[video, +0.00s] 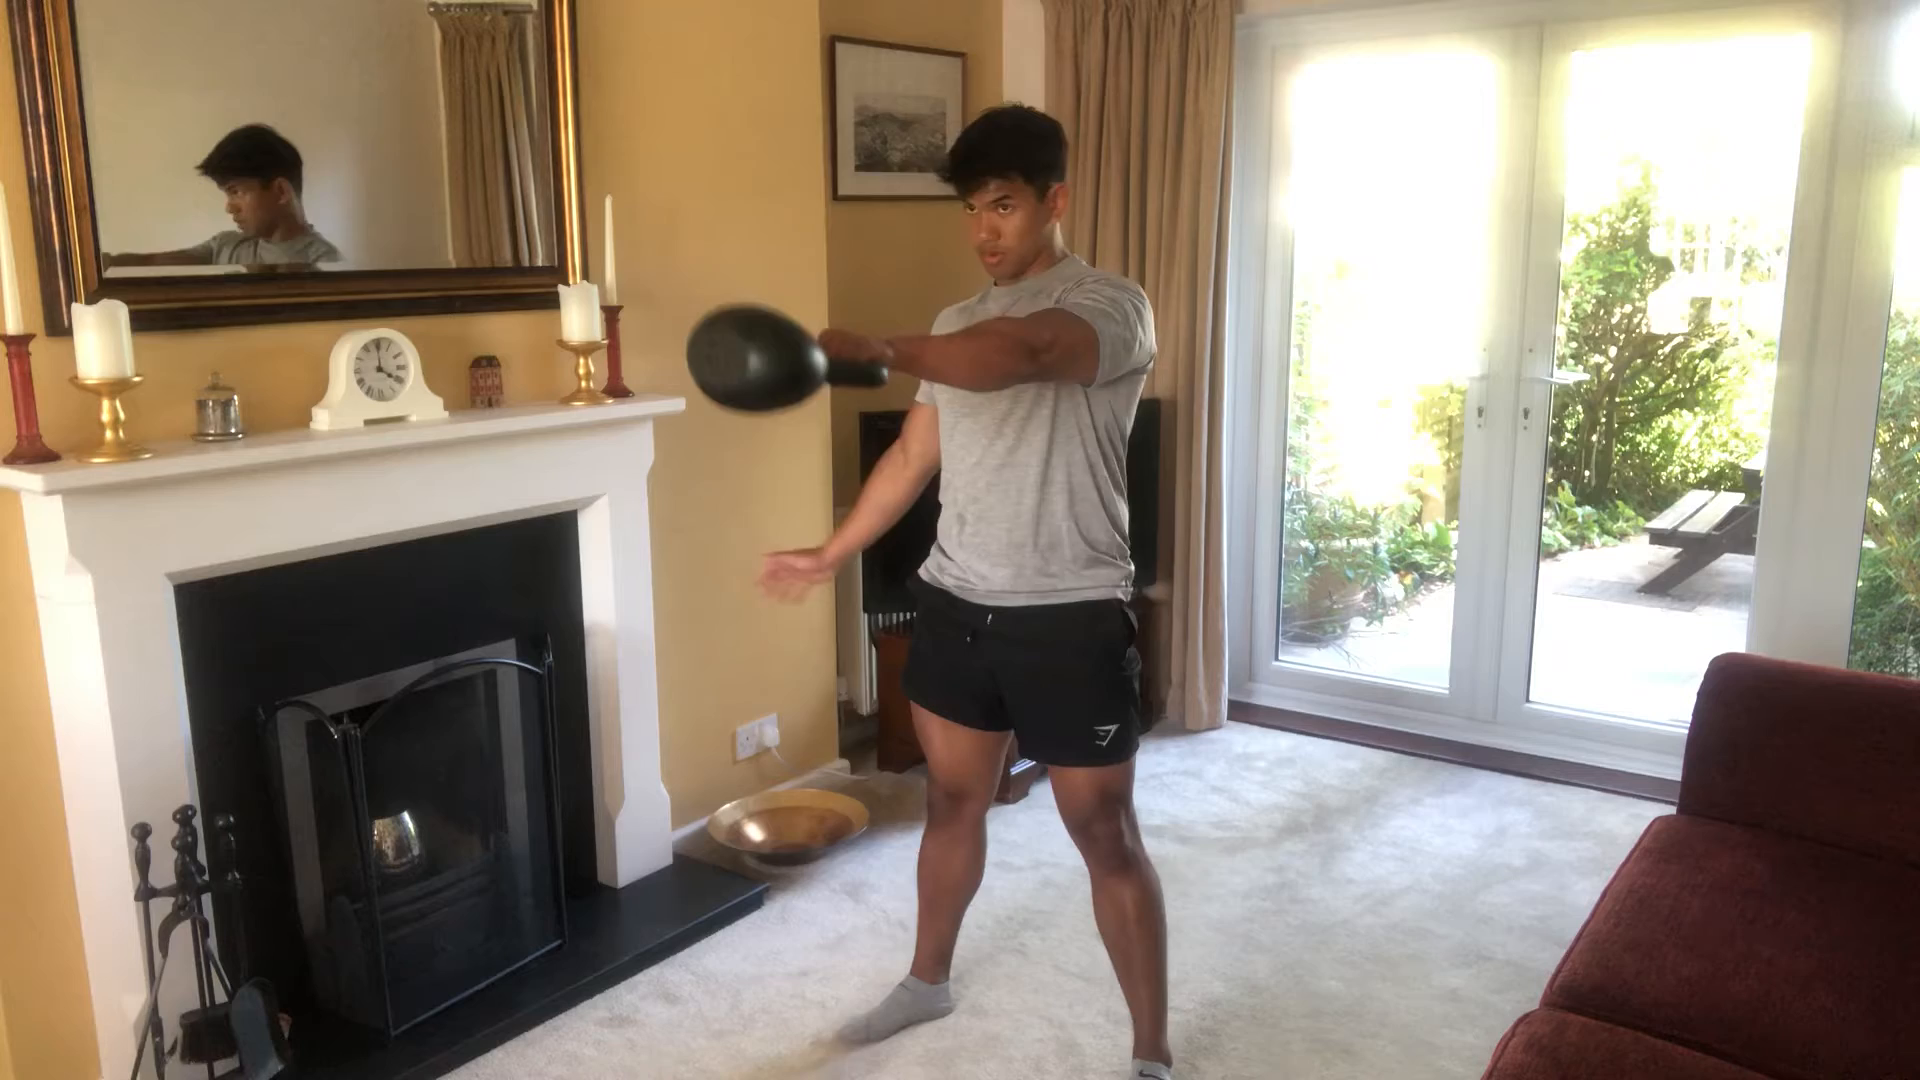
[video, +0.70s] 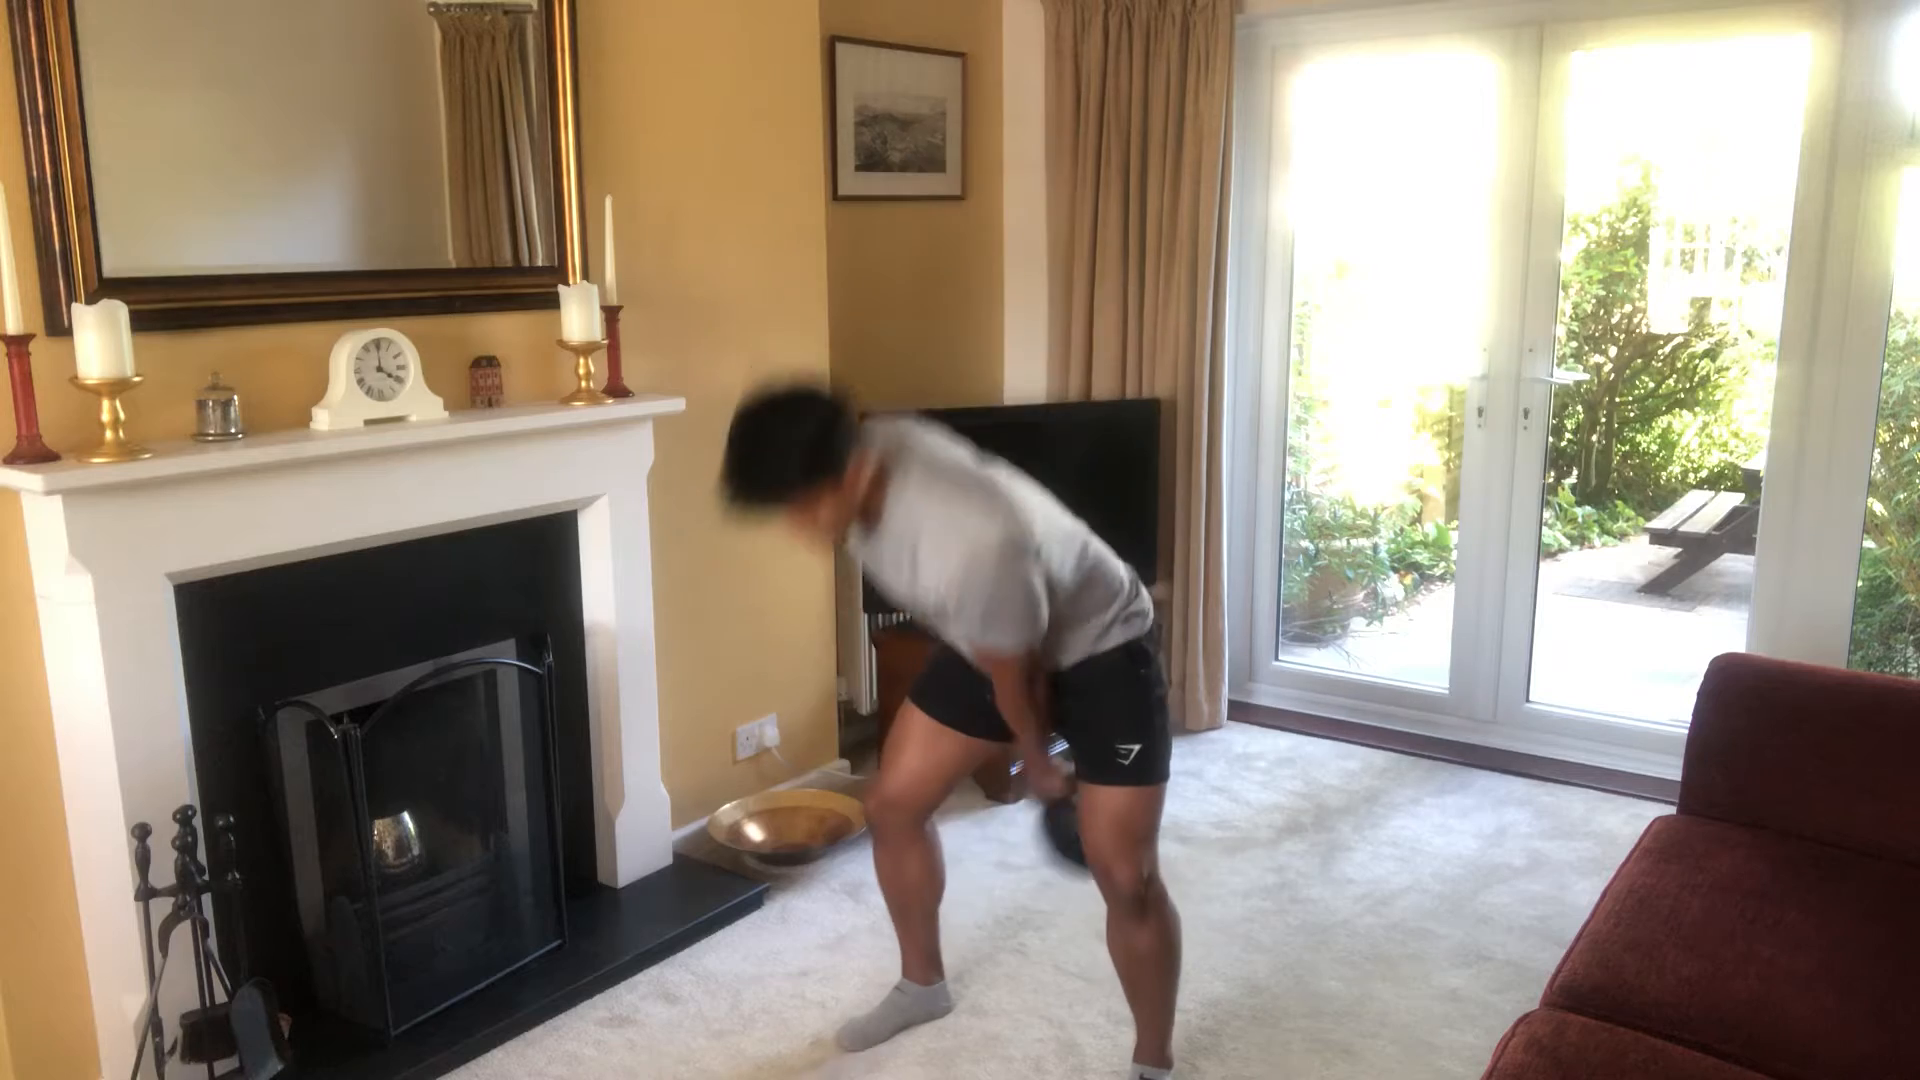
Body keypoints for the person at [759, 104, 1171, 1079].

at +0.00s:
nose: (982, 228)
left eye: (1003, 205)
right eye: (971, 208)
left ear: (1056, 202)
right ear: (962, 210)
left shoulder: (1118, 307)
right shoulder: (956, 327)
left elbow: (1022, 350)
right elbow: (910, 457)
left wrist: (880, 350)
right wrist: (832, 550)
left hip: (1075, 616)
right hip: (956, 607)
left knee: (1105, 834)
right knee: (951, 805)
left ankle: (1152, 1055)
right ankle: (927, 982)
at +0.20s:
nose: (981, 233)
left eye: (1000, 211)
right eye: (970, 214)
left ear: (1054, 201)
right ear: (961, 212)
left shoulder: (1110, 309)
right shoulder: (959, 325)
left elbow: (1027, 376)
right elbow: (931, 453)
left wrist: (882, 405)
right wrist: (873, 558)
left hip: (1077, 617)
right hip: (963, 608)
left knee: (1109, 833)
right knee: (952, 800)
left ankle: (1153, 1053)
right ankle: (929, 978)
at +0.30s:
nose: (972, 246)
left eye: (987, 222)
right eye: (957, 228)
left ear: (1039, 203)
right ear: (944, 225)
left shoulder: (1102, 312)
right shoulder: (956, 323)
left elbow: (1011, 417)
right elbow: (937, 450)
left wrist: (884, 512)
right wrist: (882, 544)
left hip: (1080, 618)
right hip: (966, 607)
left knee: (1113, 839)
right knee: (948, 801)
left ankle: (1152, 1053)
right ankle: (928, 978)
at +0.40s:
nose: (933, 267)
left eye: (948, 244)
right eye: (922, 250)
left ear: (1002, 221)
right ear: (917, 243)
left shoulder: (1077, 327)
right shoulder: (944, 328)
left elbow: (1000, 477)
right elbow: (940, 452)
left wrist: (912, 604)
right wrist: (892, 552)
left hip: (1084, 615)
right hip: (973, 605)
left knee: (1107, 841)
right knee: (940, 801)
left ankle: (1150, 1057)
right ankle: (926, 983)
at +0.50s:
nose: (886, 324)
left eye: (899, 301)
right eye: (875, 306)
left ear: (950, 274)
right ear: (868, 296)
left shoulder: (1037, 368)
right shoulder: (916, 354)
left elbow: (998, 556)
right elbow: (932, 465)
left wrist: (947, 703)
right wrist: (899, 559)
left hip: (1093, 620)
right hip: (992, 613)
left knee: (1114, 849)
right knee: (925, 775)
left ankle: (1150, 1058)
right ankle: (925, 981)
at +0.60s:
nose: (833, 416)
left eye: (840, 394)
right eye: (821, 398)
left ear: (891, 360)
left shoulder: (1002, 440)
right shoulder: (887, 424)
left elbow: (1005, 624)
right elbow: (953, 505)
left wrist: (996, 758)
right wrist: (918, 569)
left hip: (1096, 637)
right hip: (990, 626)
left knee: (1120, 863)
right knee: (907, 800)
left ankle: (1151, 1060)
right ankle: (924, 983)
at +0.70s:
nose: (794, 525)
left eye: (798, 506)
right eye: (784, 510)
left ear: (839, 477)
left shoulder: (970, 535)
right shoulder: (864, 455)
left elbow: (1012, 673)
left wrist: (1038, 764)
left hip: (1097, 642)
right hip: (989, 635)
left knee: (1126, 876)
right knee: (894, 805)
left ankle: (1154, 1061)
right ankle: (922, 984)